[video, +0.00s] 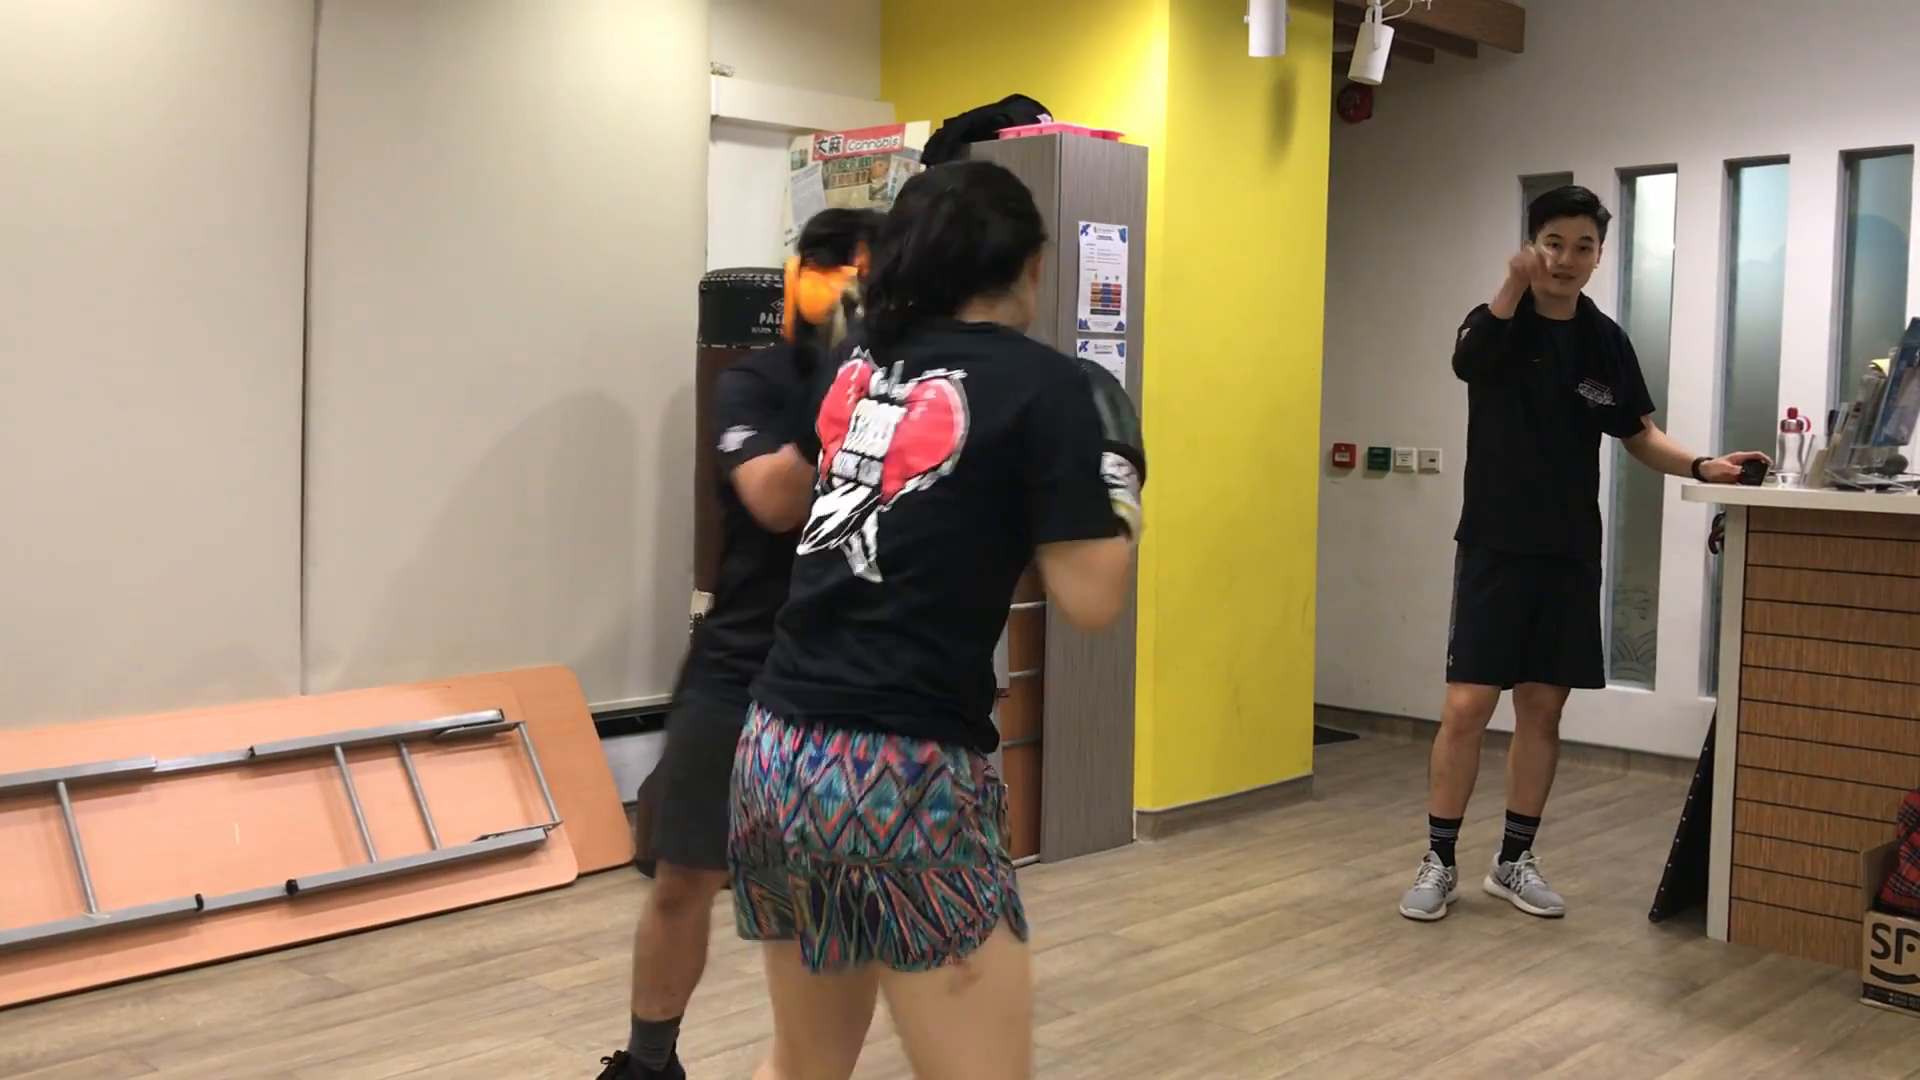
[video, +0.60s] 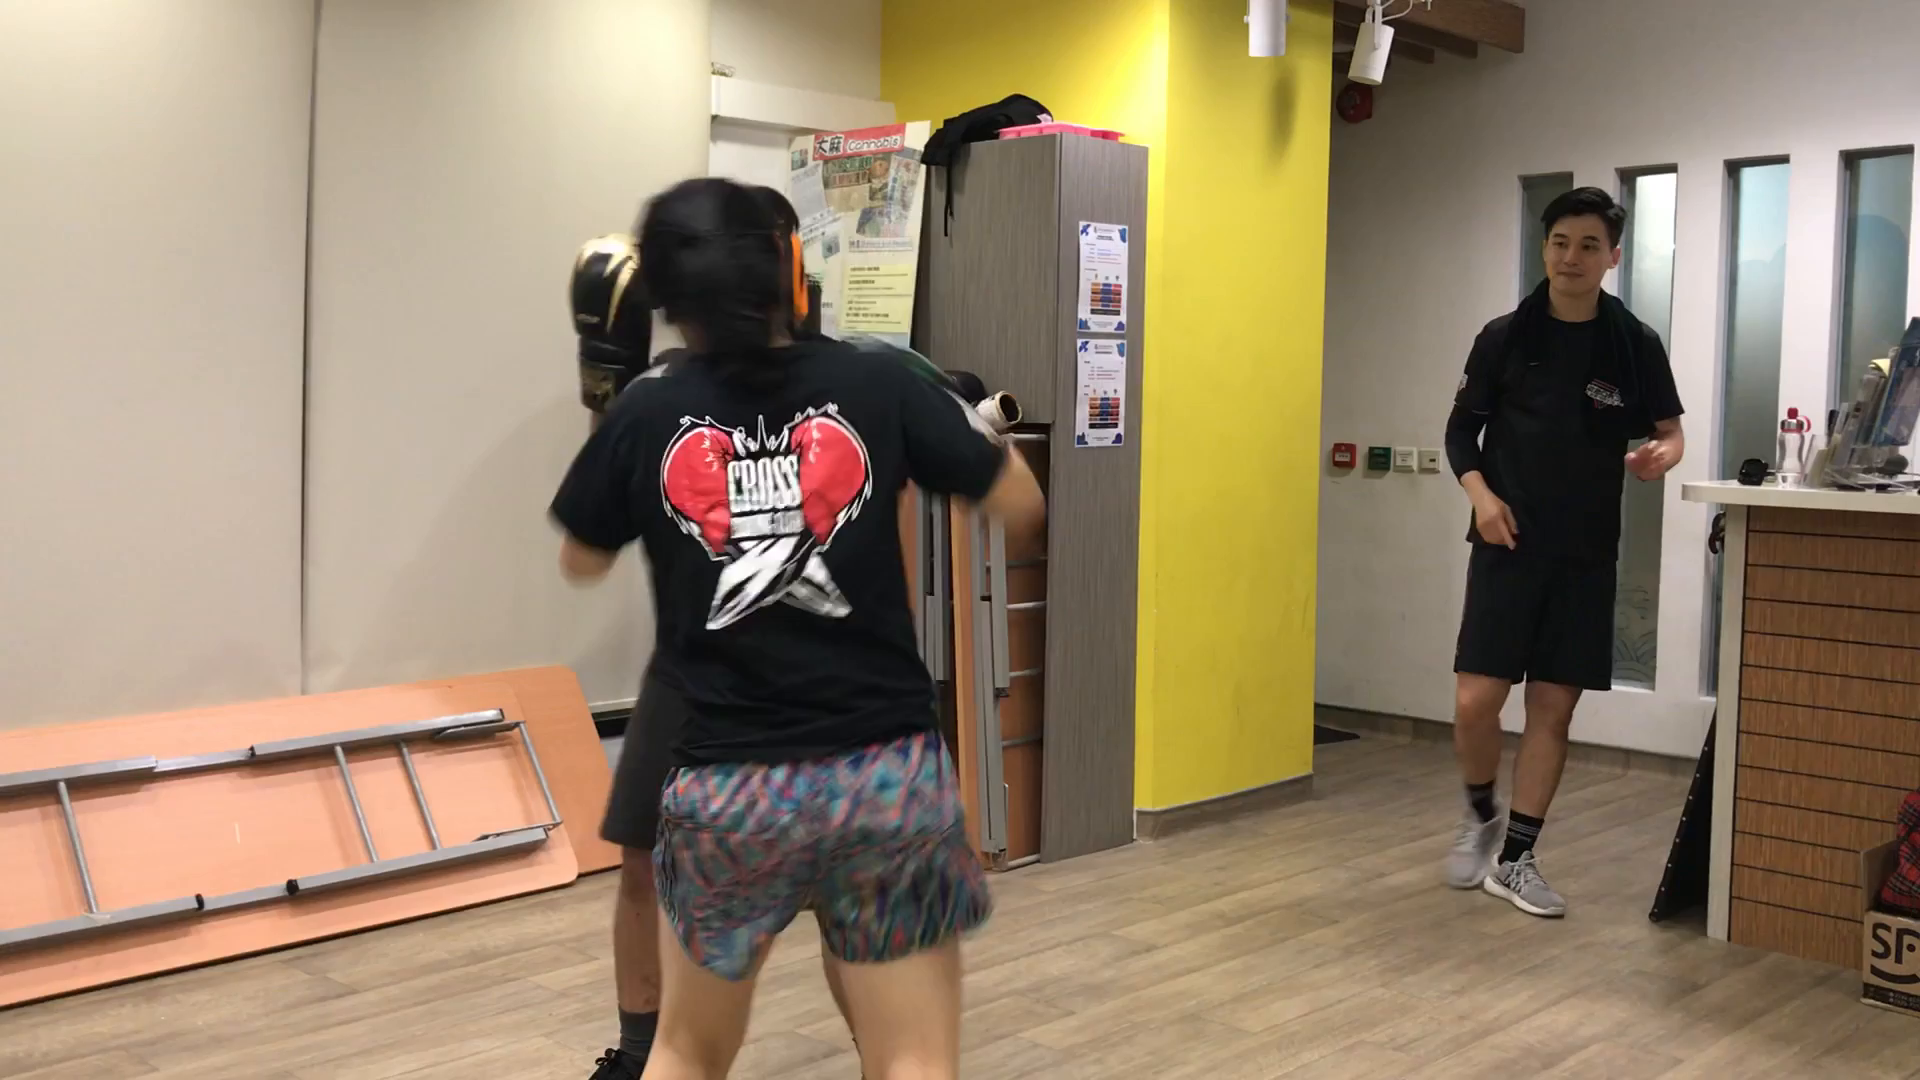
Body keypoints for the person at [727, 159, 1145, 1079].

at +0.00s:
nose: (1042, 279)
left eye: (1039, 259)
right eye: (1040, 260)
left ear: (907, 262)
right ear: (1021, 266)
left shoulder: (854, 373)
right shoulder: (1040, 385)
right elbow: (1096, 597)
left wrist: (1035, 526)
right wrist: (1111, 478)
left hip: (776, 745)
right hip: (911, 771)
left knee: (806, 1057)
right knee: (979, 1062)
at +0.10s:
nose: (1057, 272)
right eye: (1049, 256)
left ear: (912, 280)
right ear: (1041, 277)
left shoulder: (849, 382)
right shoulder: (1060, 405)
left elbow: (748, 533)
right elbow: (1155, 609)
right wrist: (1137, 456)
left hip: (767, 769)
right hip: (905, 803)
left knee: (826, 1053)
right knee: (943, 1063)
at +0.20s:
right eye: (1035, 268)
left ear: (899, 287)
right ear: (1029, 288)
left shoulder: (833, 392)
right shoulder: (1056, 420)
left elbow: (699, 531)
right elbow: (1157, 613)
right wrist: (1127, 460)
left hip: (756, 778)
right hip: (898, 821)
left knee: (818, 1031)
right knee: (938, 1062)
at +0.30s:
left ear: (878, 257)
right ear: (1002, 252)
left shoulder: (817, 364)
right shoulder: (1030, 388)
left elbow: (660, 466)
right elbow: (1087, 588)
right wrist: (1107, 466)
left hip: (756, 738)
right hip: (887, 779)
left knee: (781, 1019)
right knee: (914, 1063)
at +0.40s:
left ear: (834, 261)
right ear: (953, 250)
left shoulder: (793, 373)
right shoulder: (982, 386)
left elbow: (675, 412)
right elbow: (1027, 574)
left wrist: (726, 352)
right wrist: (1064, 487)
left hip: (739, 741)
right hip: (871, 774)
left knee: (754, 1018)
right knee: (905, 1062)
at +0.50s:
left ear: (757, 286)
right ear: (875, 277)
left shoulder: (719, 399)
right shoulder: (928, 409)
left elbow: (622, 467)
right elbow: (1006, 582)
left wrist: (664, 373)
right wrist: (1011, 477)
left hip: (725, 793)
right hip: (874, 805)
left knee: (726, 1040)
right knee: (918, 1064)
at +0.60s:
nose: (802, 252)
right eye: (796, 241)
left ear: (667, 294)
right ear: (788, 266)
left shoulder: (649, 411)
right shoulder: (883, 379)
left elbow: (580, 560)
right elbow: (1021, 510)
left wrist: (641, 428)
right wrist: (990, 435)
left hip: (727, 789)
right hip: (889, 772)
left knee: (687, 1052)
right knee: (915, 1060)